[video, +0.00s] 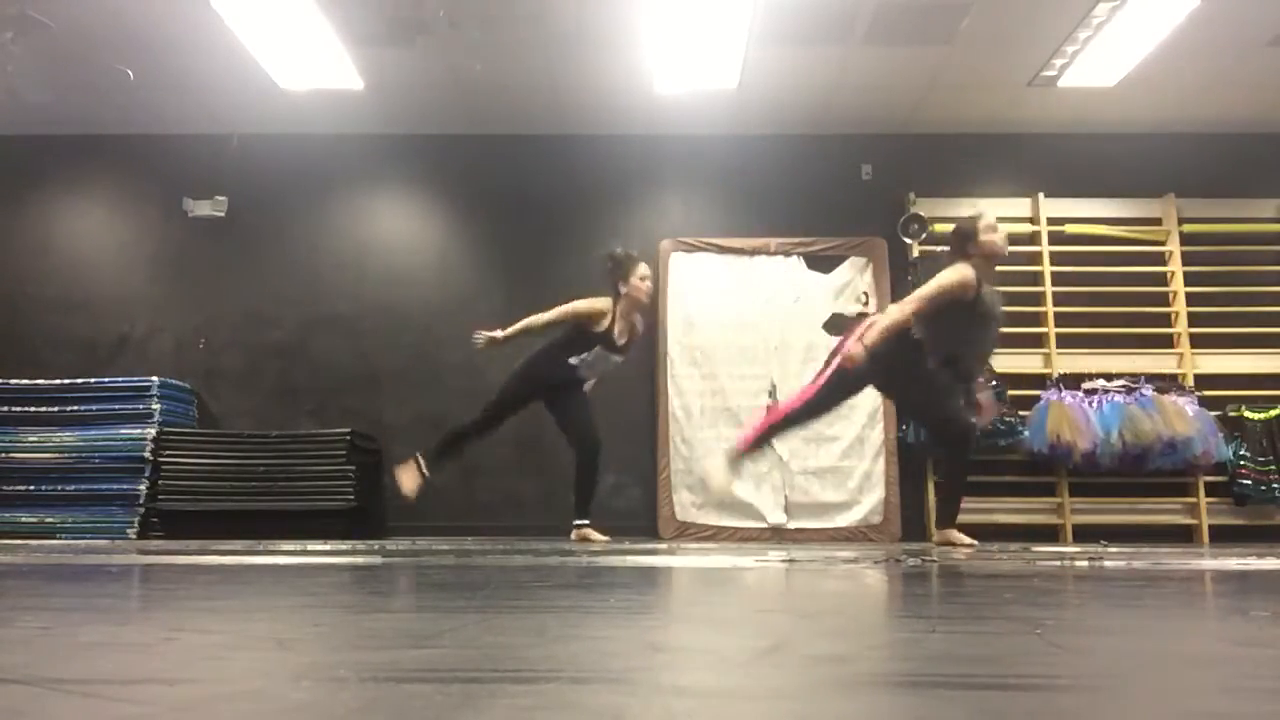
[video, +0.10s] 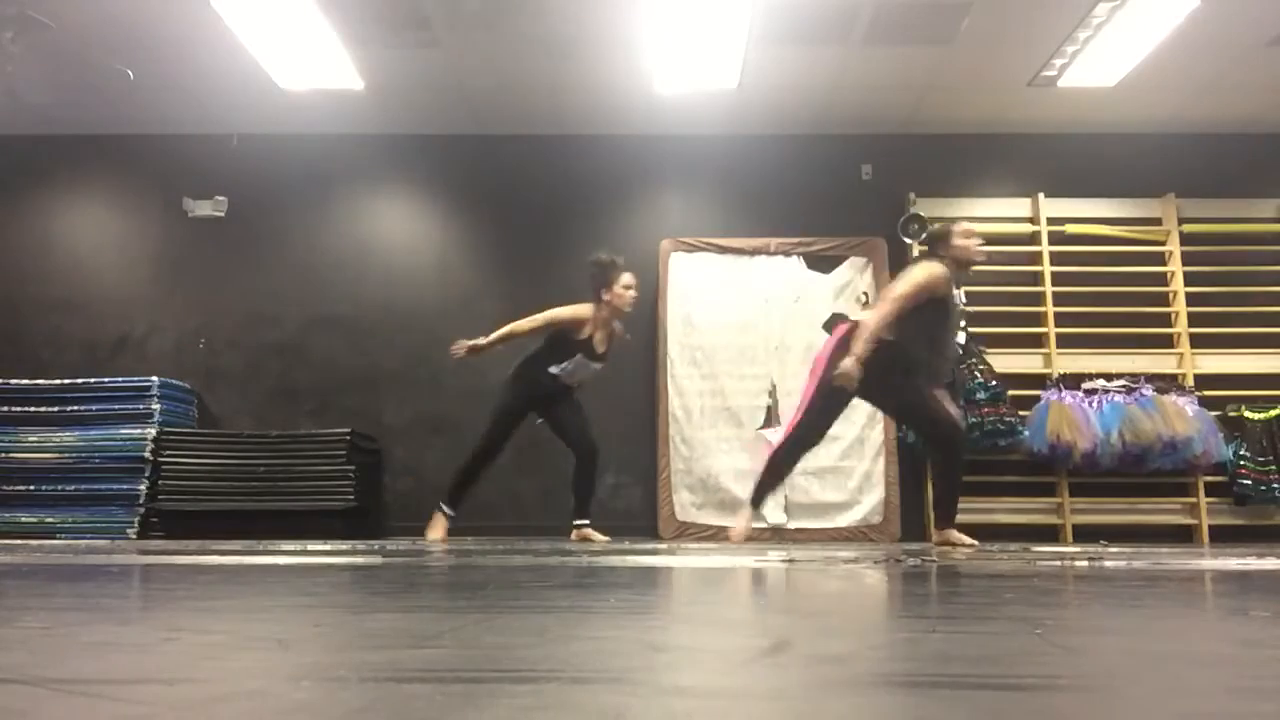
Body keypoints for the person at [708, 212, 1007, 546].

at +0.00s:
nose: (1003, 236)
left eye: (999, 230)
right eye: (994, 231)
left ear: (987, 245)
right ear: (973, 244)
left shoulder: (984, 289)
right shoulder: (962, 277)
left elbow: (970, 349)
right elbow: (907, 308)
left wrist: (978, 389)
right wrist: (865, 342)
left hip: (914, 366)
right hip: (882, 349)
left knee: (957, 431)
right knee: (819, 400)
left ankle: (946, 527)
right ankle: (742, 448)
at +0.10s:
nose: (979, 242)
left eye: (976, 237)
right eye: (968, 237)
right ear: (946, 247)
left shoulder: (948, 287)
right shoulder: (932, 272)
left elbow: (929, 347)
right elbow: (885, 307)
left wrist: (937, 390)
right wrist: (855, 356)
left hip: (892, 372)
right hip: (860, 355)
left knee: (948, 433)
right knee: (808, 431)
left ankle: (945, 529)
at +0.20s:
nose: (935, 237)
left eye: (936, 231)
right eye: (927, 229)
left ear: (931, 241)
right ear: (903, 230)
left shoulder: (907, 286)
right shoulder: (874, 253)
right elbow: (827, 290)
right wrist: (819, 345)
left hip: (871, 365)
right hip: (830, 353)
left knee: (924, 433)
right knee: (784, 439)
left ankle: (941, 528)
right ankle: (766, 526)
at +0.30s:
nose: (871, 222)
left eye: (879, 217)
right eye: (863, 215)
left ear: (888, 230)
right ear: (848, 221)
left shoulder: (882, 284)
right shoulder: (820, 249)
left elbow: (883, 348)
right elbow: (779, 289)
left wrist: (886, 404)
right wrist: (780, 336)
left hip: (846, 358)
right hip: (799, 353)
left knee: (876, 437)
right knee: (755, 435)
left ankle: (934, 513)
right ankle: (765, 528)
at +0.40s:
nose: (797, 216)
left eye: (805, 210)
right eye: (799, 210)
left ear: (828, 215)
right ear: (812, 216)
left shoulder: (838, 259)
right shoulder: (793, 258)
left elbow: (850, 323)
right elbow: (773, 312)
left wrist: (847, 377)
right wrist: (751, 350)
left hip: (813, 352)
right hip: (784, 353)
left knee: (799, 434)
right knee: (746, 434)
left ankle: (878, 491)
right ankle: (764, 527)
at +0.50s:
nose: (758, 219)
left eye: (765, 213)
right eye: (760, 213)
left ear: (783, 216)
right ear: (778, 217)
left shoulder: (783, 248)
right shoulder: (772, 253)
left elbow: (798, 305)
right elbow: (772, 327)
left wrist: (803, 354)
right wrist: (747, 370)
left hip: (795, 358)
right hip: (783, 358)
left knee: (737, 425)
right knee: (744, 431)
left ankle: (802, 495)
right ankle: (763, 525)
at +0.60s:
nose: (725, 231)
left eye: (732, 225)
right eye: (729, 224)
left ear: (748, 231)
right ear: (760, 236)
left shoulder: (735, 256)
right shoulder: (773, 268)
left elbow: (739, 301)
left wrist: (738, 355)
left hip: (785, 353)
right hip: (818, 363)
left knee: (718, 423)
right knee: (747, 438)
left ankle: (713, 513)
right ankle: (767, 525)